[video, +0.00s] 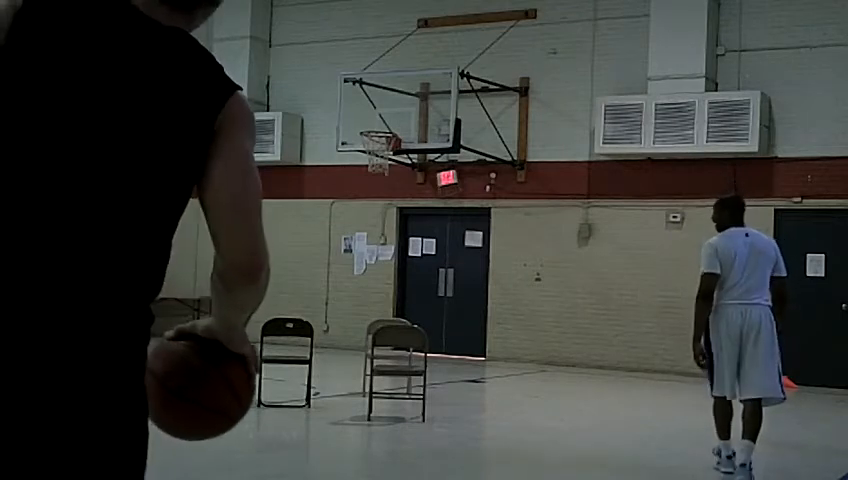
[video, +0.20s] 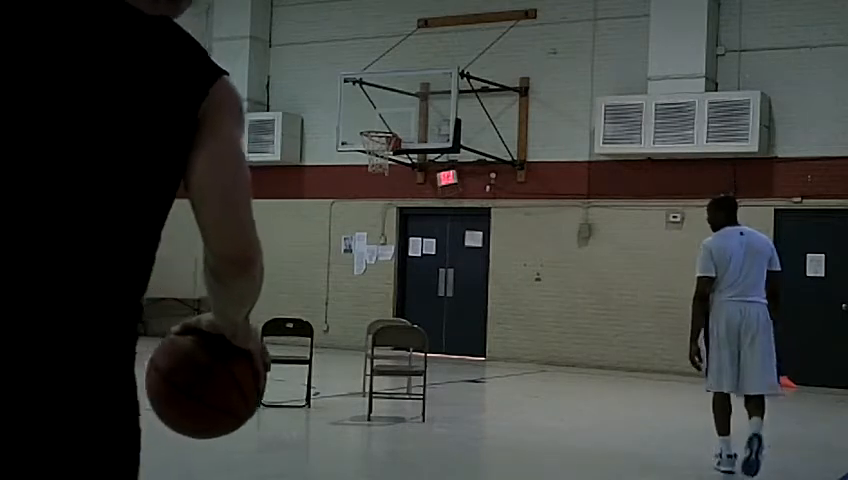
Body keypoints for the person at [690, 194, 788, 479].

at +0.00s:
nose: (712, 217)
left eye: (715, 212)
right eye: (713, 211)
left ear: (724, 214)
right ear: (741, 213)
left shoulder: (715, 245)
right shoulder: (769, 243)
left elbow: (706, 293)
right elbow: (779, 291)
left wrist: (697, 339)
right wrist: (774, 324)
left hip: (725, 317)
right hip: (760, 317)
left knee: (721, 390)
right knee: (754, 393)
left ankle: (726, 455)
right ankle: (744, 462)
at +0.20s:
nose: (707, 218)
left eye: (709, 213)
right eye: (708, 213)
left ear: (719, 214)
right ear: (734, 213)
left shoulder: (711, 245)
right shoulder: (764, 242)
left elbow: (702, 294)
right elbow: (774, 289)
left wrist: (694, 340)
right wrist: (770, 321)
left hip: (723, 313)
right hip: (757, 314)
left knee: (720, 386)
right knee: (754, 385)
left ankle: (726, 455)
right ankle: (756, 434)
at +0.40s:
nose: (709, 217)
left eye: (712, 213)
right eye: (711, 212)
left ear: (720, 214)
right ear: (736, 213)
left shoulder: (709, 243)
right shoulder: (763, 241)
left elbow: (696, 289)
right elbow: (773, 287)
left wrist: (687, 323)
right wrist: (772, 325)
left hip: (720, 310)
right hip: (754, 311)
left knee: (721, 385)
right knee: (754, 384)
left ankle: (726, 453)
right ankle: (762, 447)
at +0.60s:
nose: (714, 222)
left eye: (716, 218)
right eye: (715, 217)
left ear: (723, 219)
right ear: (739, 220)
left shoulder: (712, 247)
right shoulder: (763, 248)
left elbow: (697, 291)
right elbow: (774, 292)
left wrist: (683, 320)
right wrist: (775, 326)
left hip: (721, 313)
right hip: (755, 314)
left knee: (718, 383)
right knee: (752, 383)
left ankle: (725, 445)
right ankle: (755, 444)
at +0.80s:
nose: (713, 222)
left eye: (715, 218)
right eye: (714, 217)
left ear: (719, 218)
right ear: (737, 219)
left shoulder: (712, 242)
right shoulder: (759, 246)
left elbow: (700, 288)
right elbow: (765, 295)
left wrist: (689, 328)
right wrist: (769, 334)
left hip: (719, 311)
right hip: (751, 313)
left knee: (700, 375)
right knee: (749, 379)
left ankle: (716, 426)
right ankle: (755, 443)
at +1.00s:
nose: (695, 226)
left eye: (697, 222)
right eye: (697, 221)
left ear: (702, 223)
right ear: (720, 224)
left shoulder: (700, 247)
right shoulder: (741, 248)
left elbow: (697, 289)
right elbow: (752, 291)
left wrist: (692, 330)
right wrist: (738, 312)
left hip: (713, 313)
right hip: (742, 312)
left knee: (693, 371)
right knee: (748, 378)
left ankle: (684, 427)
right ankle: (754, 441)